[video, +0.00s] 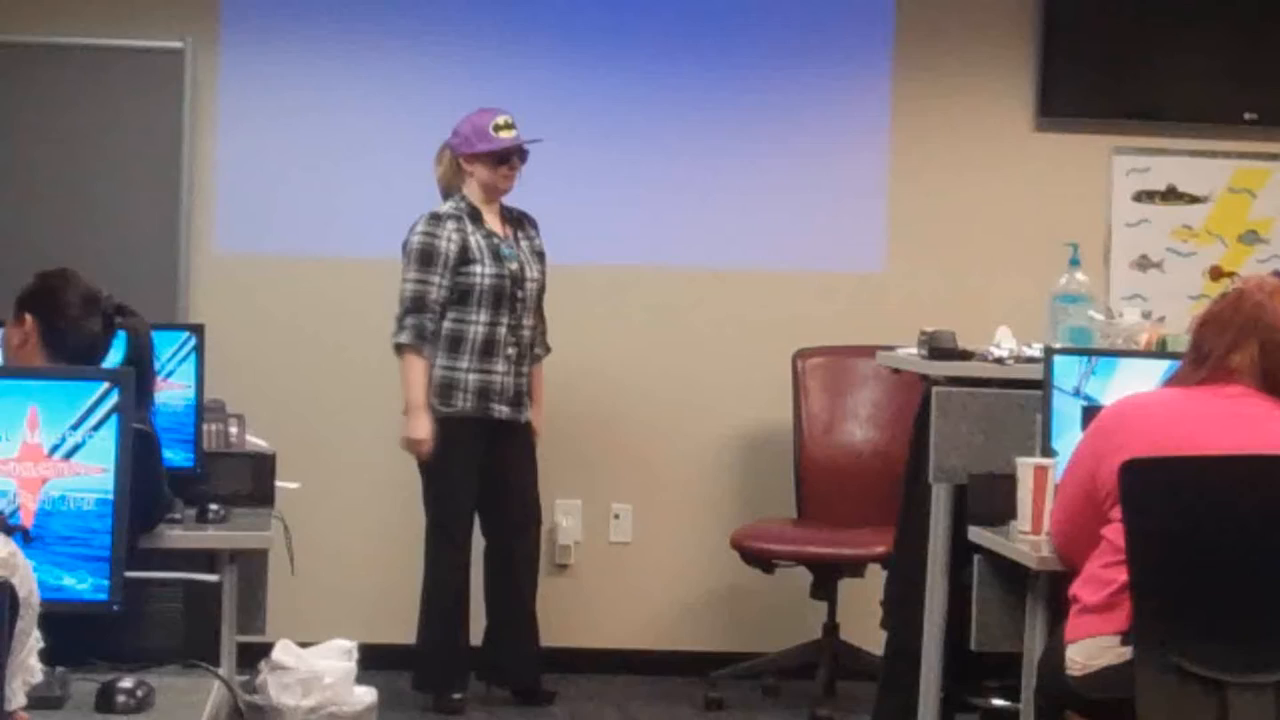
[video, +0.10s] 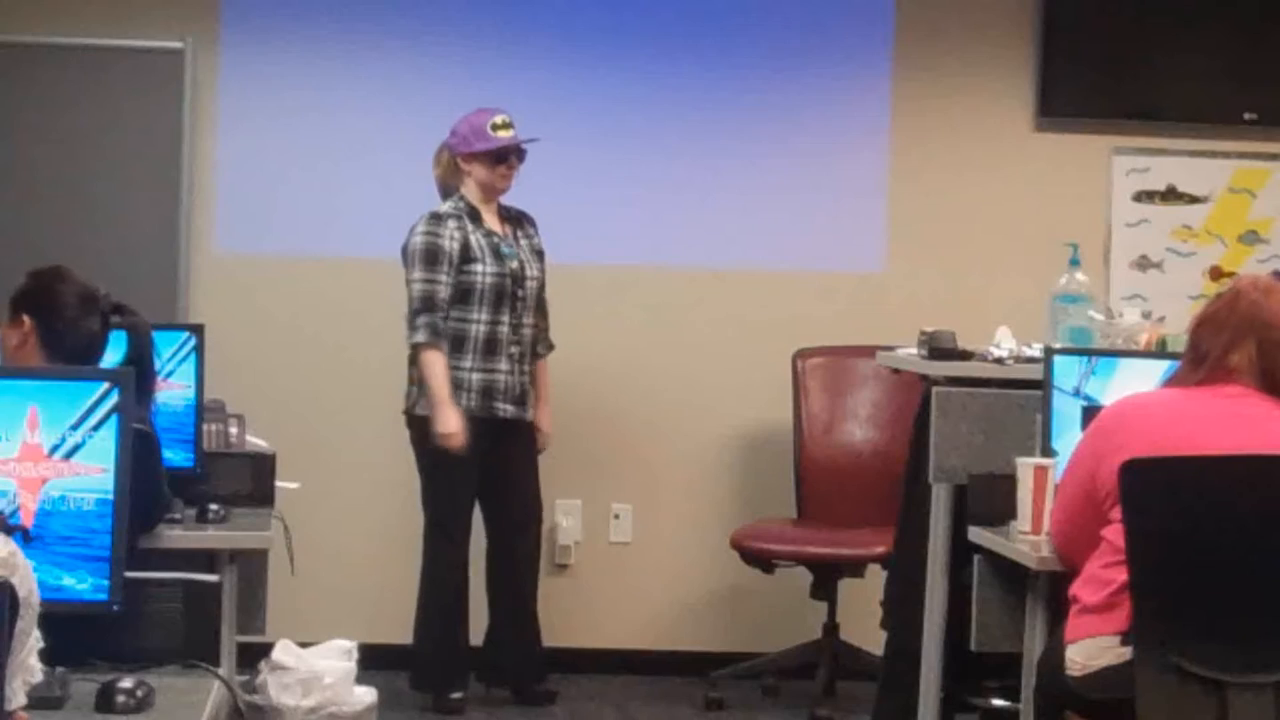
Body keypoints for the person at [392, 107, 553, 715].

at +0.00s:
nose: (508, 169)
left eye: (514, 159)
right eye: (496, 159)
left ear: (520, 165)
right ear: (463, 162)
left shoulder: (525, 232)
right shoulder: (437, 228)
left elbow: (534, 332)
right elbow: (414, 327)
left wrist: (535, 409)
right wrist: (416, 409)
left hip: (510, 420)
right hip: (451, 417)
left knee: (516, 546)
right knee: (449, 550)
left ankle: (514, 669)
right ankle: (441, 679)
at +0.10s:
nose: (508, 167)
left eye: (513, 158)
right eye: (496, 158)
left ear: (517, 164)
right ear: (462, 161)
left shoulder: (523, 230)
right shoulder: (436, 228)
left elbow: (537, 328)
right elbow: (426, 327)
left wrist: (541, 404)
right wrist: (443, 404)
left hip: (510, 417)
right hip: (449, 414)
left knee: (517, 546)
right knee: (449, 550)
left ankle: (518, 671)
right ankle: (442, 679)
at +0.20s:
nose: (507, 166)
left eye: (512, 157)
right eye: (494, 157)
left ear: (514, 163)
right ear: (461, 160)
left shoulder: (521, 231)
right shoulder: (433, 229)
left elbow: (543, 321)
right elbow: (431, 325)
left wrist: (556, 394)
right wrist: (468, 396)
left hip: (510, 413)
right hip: (444, 412)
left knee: (520, 543)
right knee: (448, 547)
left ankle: (522, 672)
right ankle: (441, 680)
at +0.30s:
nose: (505, 166)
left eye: (510, 157)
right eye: (492, 157)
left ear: (513, 162)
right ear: (458, 161)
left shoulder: (521, 229)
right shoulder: (432, 229)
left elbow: (546, 316)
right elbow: (433, 323)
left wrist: (567, 388)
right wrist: (482, 387)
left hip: (507, 412)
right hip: (442, 412)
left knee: (520, 543)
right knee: (447, 545)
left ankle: (522, 673)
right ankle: (442, 680)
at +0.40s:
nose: (505, 165)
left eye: (509, 156)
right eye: (492, 157)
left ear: (511, 162)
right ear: (457, 161)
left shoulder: (521, 230)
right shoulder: (432, 228)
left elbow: (546, 314)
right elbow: (434, 325)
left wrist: (569, 386)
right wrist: (482, 391)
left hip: (507, 413)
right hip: (442, 412)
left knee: (521, 541)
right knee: (447, 545)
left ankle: (520, 672)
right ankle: (443, 680)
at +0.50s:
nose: (504, 165)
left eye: (509, 156)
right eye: (491, 157)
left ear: (511, 162)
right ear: (457, 161)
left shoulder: (520, 229)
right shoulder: (431, 230)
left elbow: (544, 314)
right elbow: (432, 327)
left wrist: (565, 385)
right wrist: (466, 401)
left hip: (507, 415)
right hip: (442, 413)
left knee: (521, 542)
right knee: (446, 546)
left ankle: (519, 672)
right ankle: (441, 680)